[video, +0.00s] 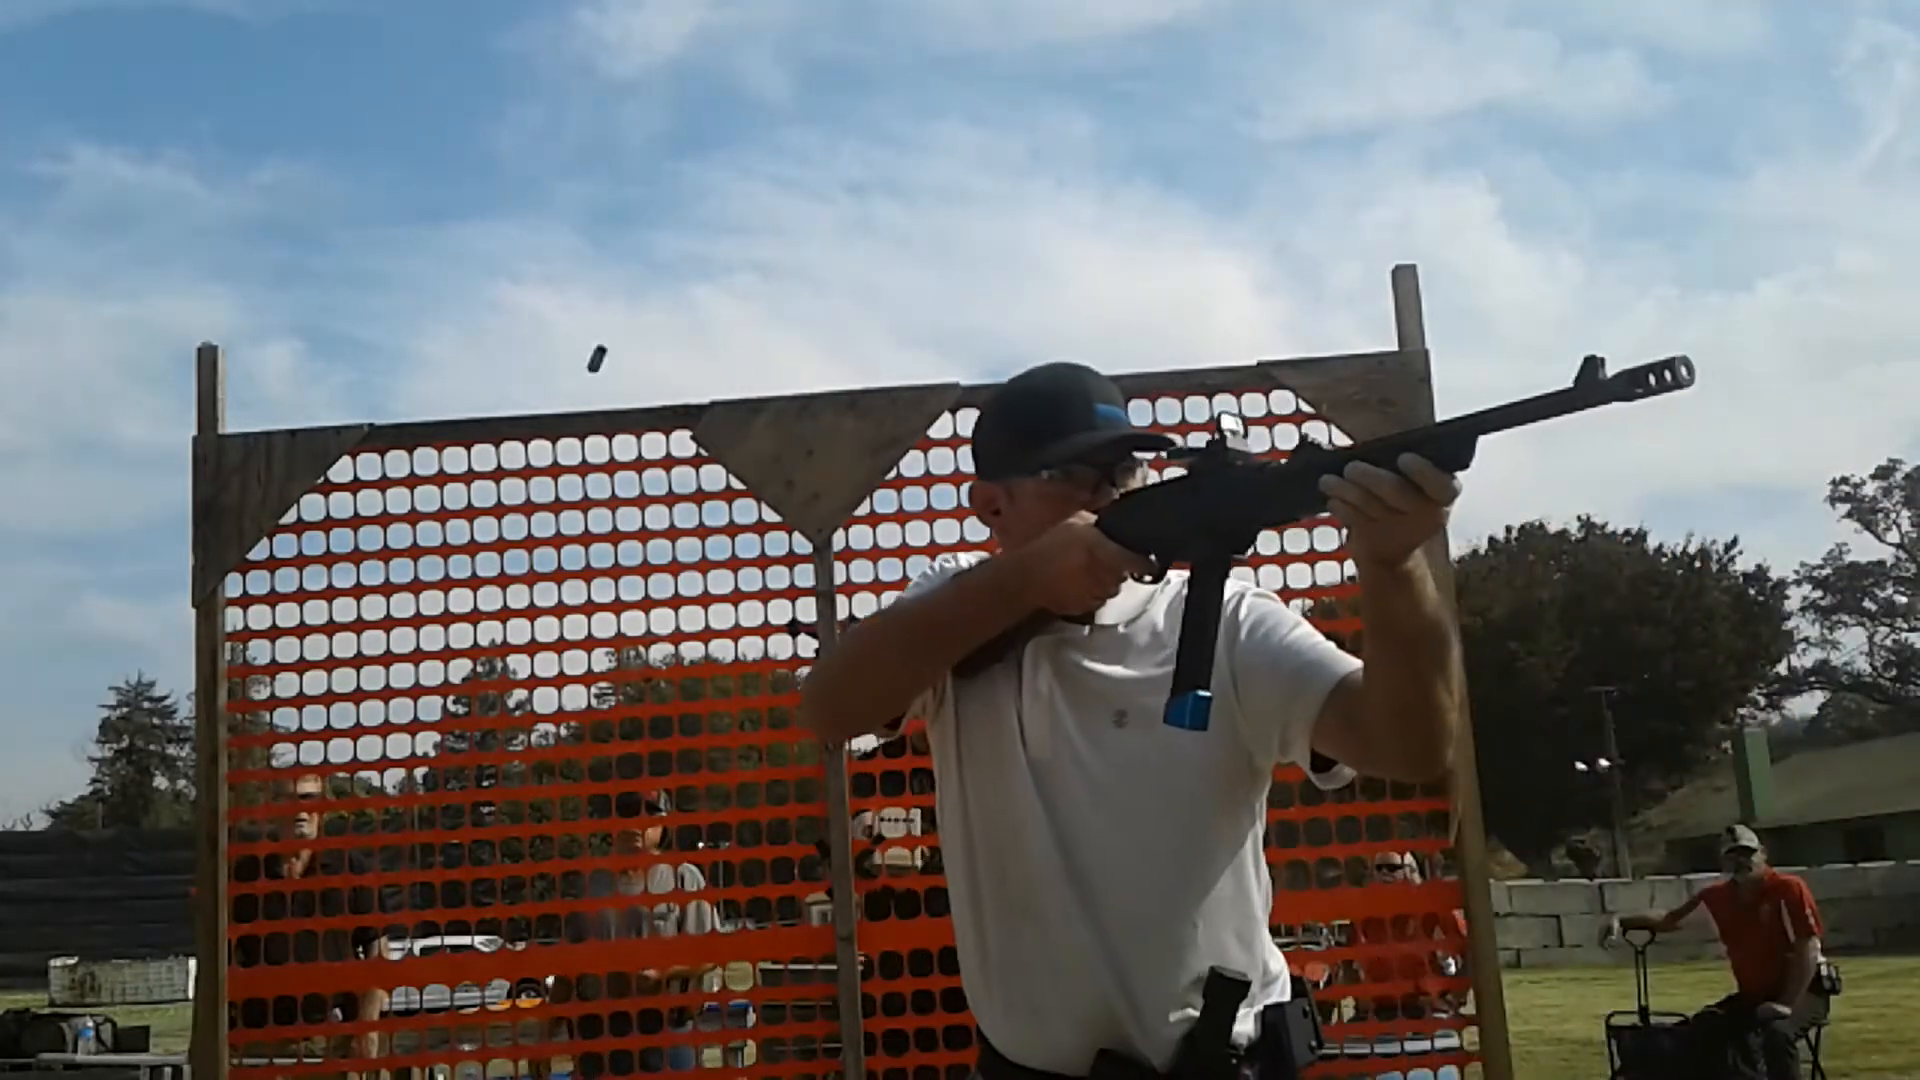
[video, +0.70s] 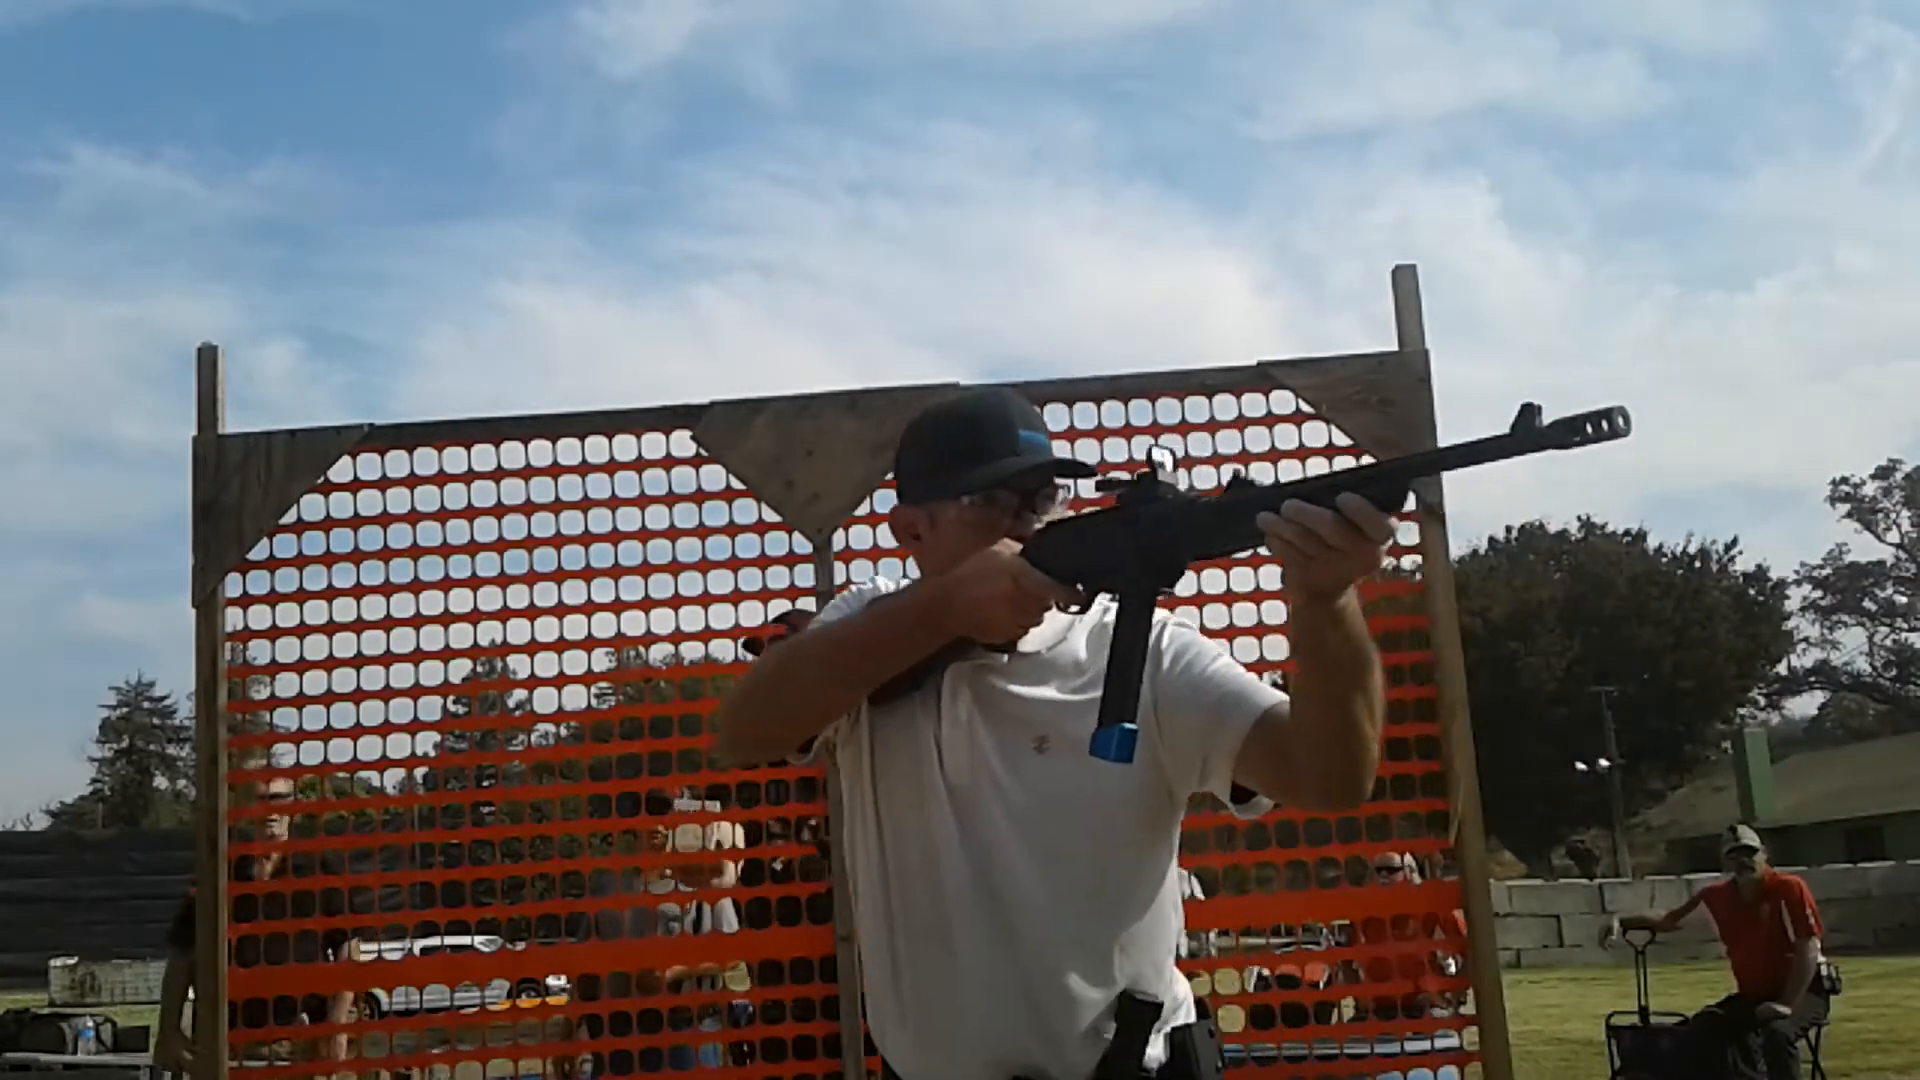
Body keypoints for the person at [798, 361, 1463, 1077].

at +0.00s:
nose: (1112, 498)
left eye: (1123, 472)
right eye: (1077, 477)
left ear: (1144, 479)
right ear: (993, 503)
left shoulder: (1224, 621)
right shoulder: (952, 624)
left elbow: (1413, 750)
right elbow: (828, 707)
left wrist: (1397, 571)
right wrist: (1024, 580)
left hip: (1227, 1052)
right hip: (1027, 1059)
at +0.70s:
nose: (1028, 526)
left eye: (1044, 497)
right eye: (994, 503)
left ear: (1066, 504)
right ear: (911, 530)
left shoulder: (1140, 652)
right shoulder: (864, 637)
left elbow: (1330, 774)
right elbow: (742, 733)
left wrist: (1324, 607)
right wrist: (943, 608)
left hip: (1133, 1058)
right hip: (930, 1064)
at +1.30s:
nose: (897, 521)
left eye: (910, 499)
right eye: (861, 503)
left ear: (915, 504)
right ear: (774, 528)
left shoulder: (999, 643)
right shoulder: (732, 640)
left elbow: (1180, 777)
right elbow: (592, 731)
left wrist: (1166, 609)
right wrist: (798, 607)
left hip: (999, 1051)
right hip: (799, 1057)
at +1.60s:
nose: (865, 523)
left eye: (885, 494)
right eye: (829, 500)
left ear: (917, 505)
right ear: (762, 525)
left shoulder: (996, 641)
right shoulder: (732, 645)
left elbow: (1175, 773)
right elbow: (587, 741)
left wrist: (1147, 601)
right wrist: (786, 613)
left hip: (1008, 1055)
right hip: (812, 1061)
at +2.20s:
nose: (672, 562)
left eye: (692, 529)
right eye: (668, 539)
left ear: (795, 512)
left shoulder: (856, 627)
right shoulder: (791, 628)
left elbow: (682, 755)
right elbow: (734, 761)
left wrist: (424, 613)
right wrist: (648, 675)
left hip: (919, 1056)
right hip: (803, 1050)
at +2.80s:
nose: (681, 548)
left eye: (702, 516)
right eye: (678, 524)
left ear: (806, 503)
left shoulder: (868, 614)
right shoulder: (804, 615)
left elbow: (687, 740)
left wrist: (432, 590)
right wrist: (642, 653)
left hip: (930, 1058)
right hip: (811, 1051)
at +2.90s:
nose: (680, 544)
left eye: (701, 511)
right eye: (677, 519)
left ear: (810, 501)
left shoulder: (867, 607)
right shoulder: (808, 615)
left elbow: (702, 730)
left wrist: (443, 591)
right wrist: (649, 645)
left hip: (932, 1061)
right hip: (810, 1057)